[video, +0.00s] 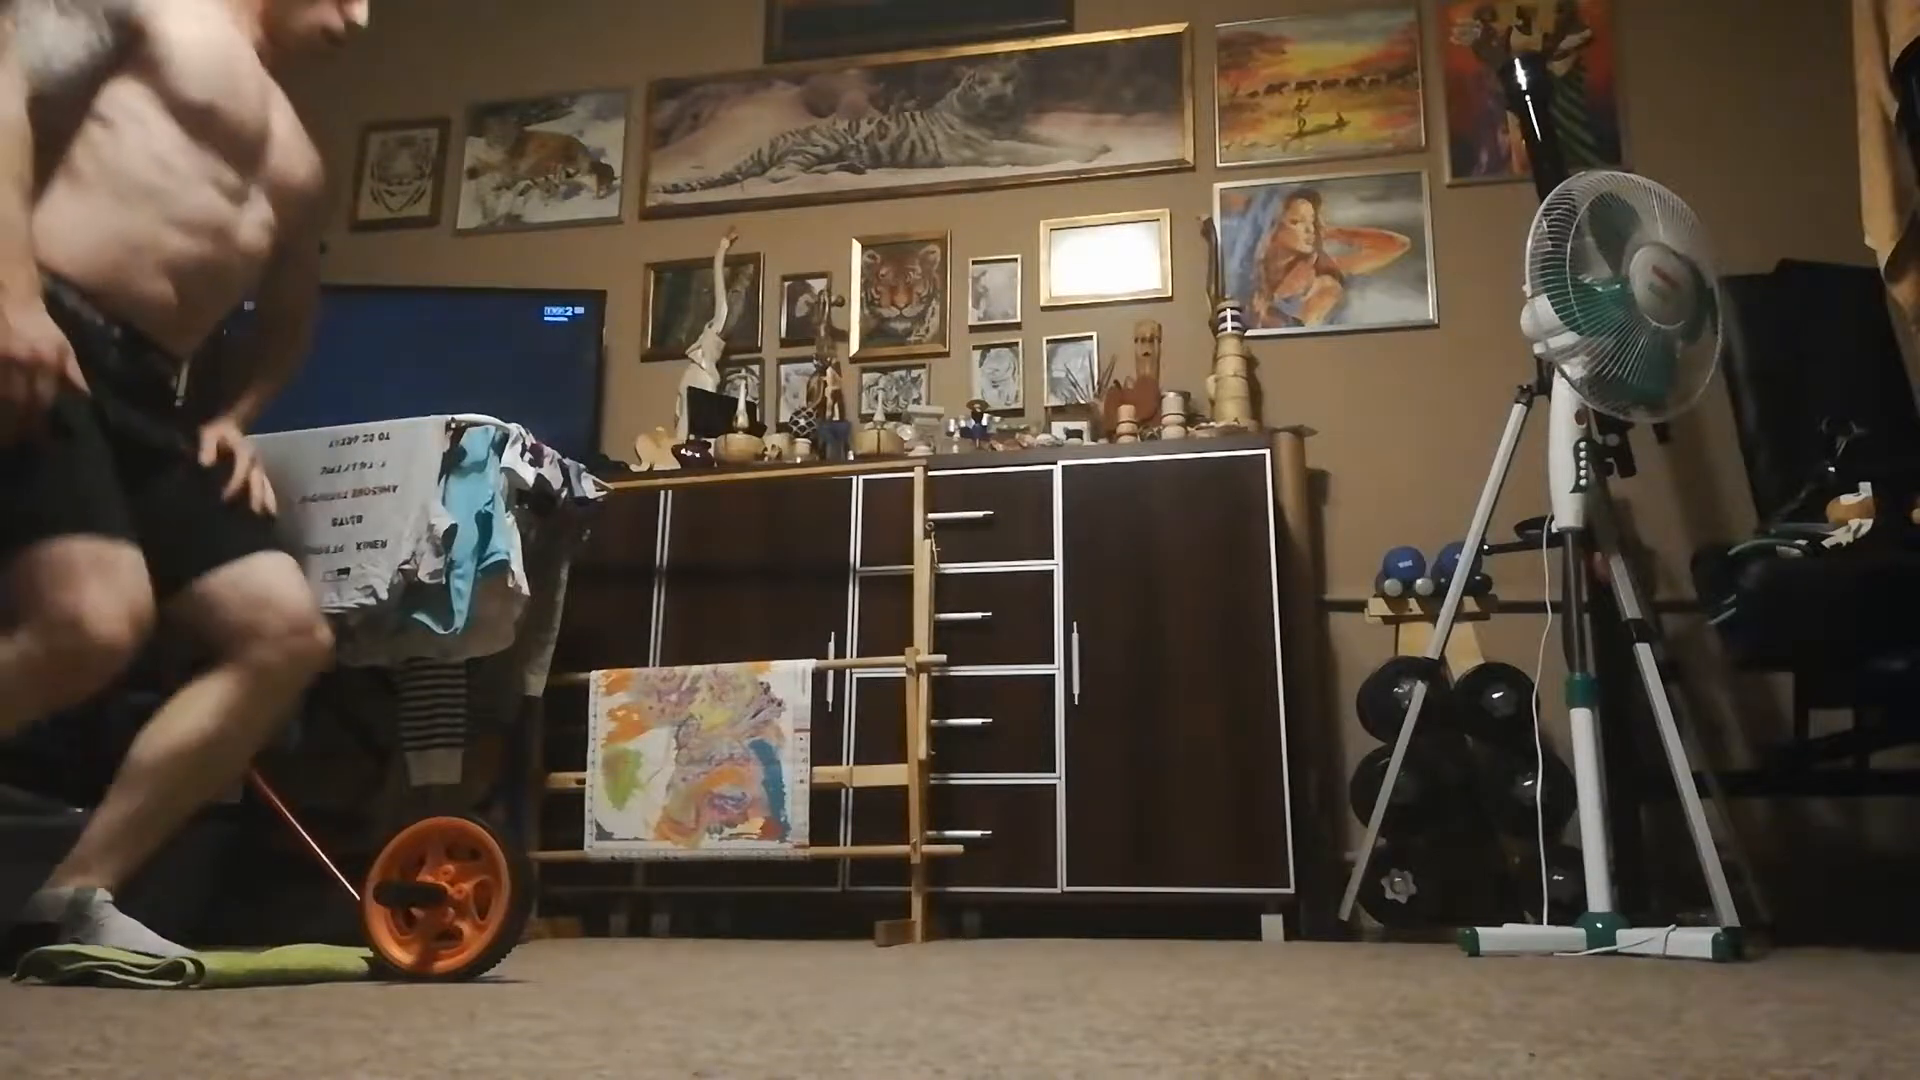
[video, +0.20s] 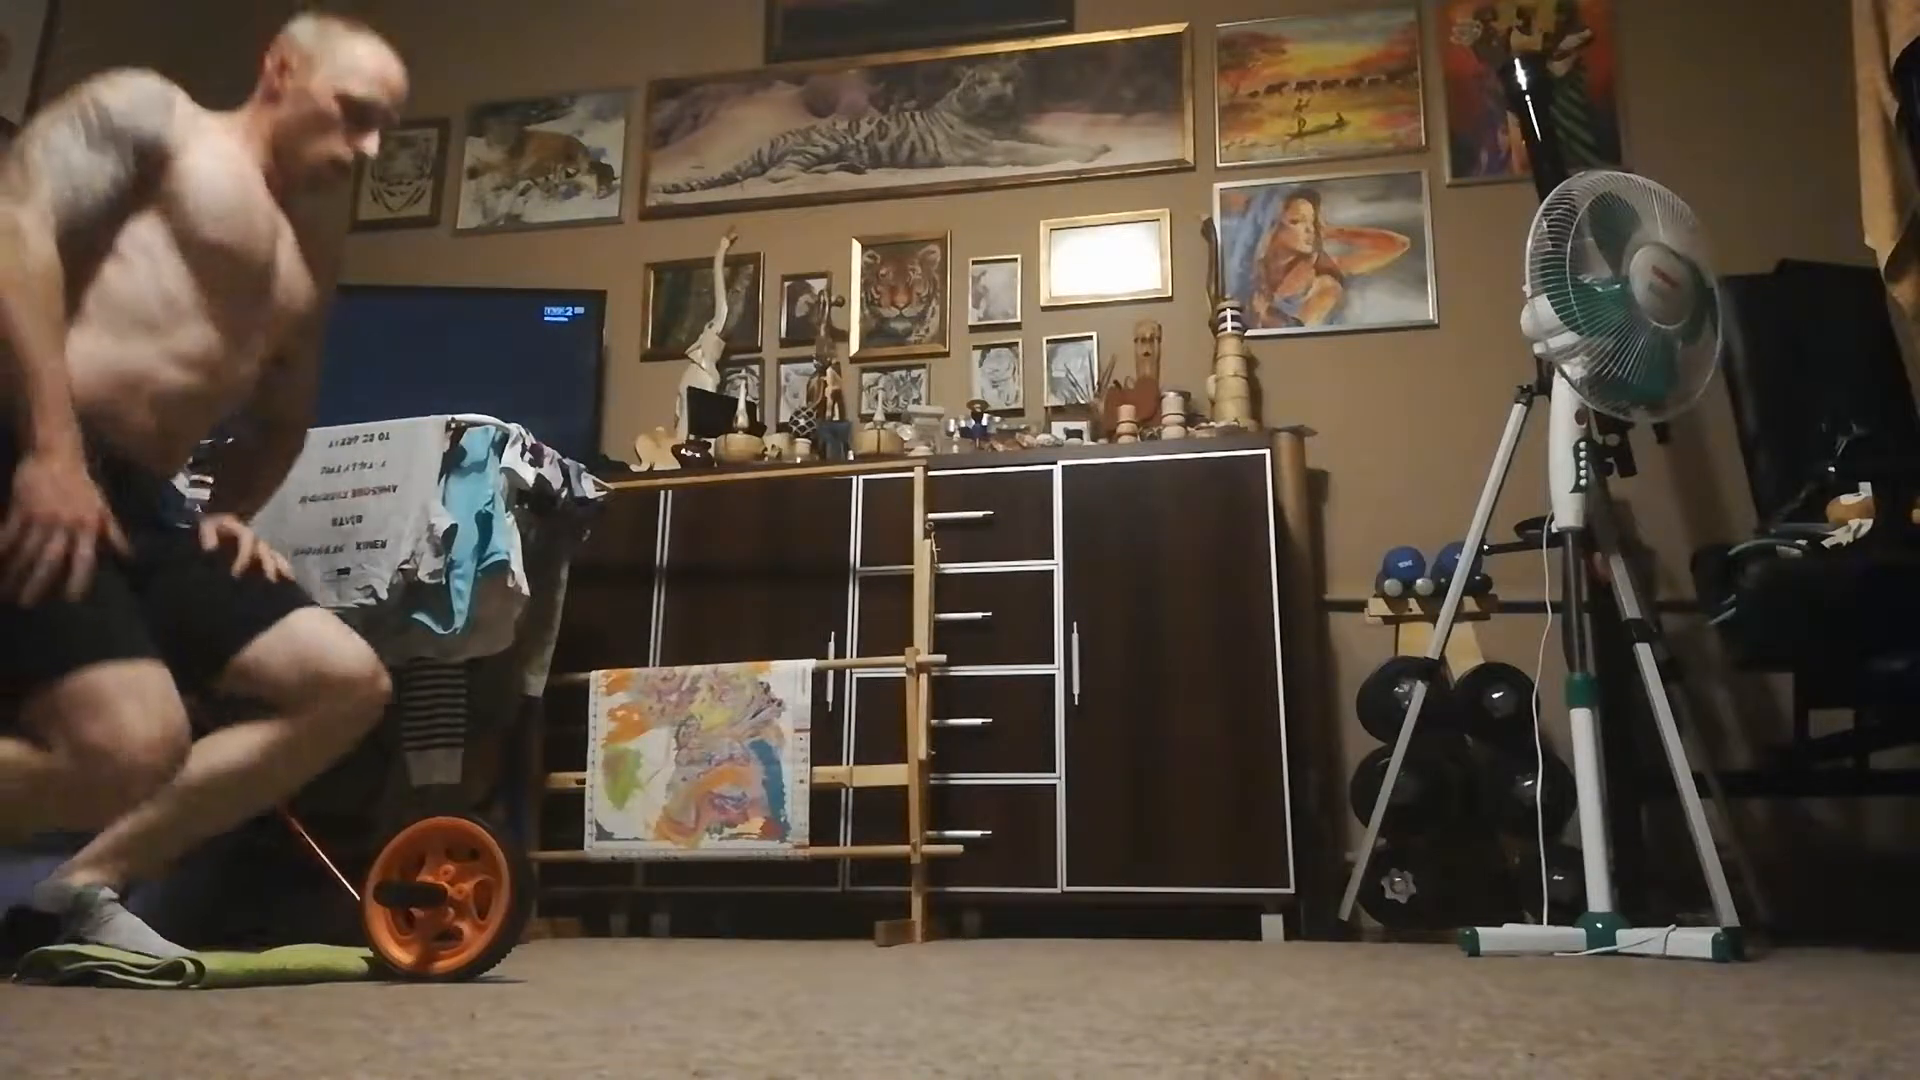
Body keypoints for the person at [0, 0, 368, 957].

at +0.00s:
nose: (360, 12)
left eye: (365, 5)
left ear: (332, 22)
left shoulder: (308, 164)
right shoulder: (150, 12)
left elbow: (288, 321)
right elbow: (11, 89)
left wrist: (236, 413)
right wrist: (16, 294)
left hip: (157, 395)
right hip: (45, 327)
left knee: (285, 636)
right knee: (92, 620)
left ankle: (76, 894)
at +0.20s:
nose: (370, 149)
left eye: (385, 131)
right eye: (357, 113)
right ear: (280, 72)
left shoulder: (305, 272)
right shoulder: (149, 112)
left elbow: (280, 424)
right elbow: (17, 220)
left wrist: (229, 509)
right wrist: (53, 450)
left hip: (150, 505)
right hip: (43, 463)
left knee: (342, 687)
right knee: (125, 751)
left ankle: (82, 889)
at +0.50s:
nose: (345, 206)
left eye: (357, 188)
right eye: (326, 173)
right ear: (244, 136)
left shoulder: (278, 300)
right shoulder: (117, 191)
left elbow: (257, 464)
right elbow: (15, 347)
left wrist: (238, 569)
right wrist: (55, 584)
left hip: (175, 605)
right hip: (54, 583)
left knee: (404, 730)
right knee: (145, 903)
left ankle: (117, 851)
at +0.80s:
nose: (344, 107)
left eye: (357, 83)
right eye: (322, 67)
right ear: (235, 25)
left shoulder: (282, 238)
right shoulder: (90, 136)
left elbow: (255, 409)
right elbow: (11, 339)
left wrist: (301, 535)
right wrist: (64, 590)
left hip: (229, 563)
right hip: (99, 548)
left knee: (437, 735)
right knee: (152, 920)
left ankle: (163, 834)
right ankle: (18, 880)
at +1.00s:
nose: (341, 50)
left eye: (346, 26)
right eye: (325, 16)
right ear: (237, 7)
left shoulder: (305, 201)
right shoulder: (78, 109)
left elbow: (308, 393)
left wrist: (389, 540)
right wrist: (22, 577)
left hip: (266, 553)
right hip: (120, 540)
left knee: (363, 822)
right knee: (152, 923)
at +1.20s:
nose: (366, 50)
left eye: (372, 27)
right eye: (346, 18)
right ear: (263, 9)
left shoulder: (348, 211)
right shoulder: (111, 128)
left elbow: (378, 399)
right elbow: (15, 338)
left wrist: (472, 447)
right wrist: (12, 584)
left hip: (303, 563)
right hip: (152, 539)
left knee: (319, 922)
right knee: (145, 936)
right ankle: (0, 845)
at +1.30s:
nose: (393, 67)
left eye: (404, 46)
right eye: (369, 31)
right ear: (281, 13)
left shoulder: (377, 233)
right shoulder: (140, 144)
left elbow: (426, 428)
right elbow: (41, 344)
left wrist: (504, 392)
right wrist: (32, 579)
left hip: (317, 576)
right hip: (170, 542)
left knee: (321, 939)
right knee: (148, 937)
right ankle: (1, 844)